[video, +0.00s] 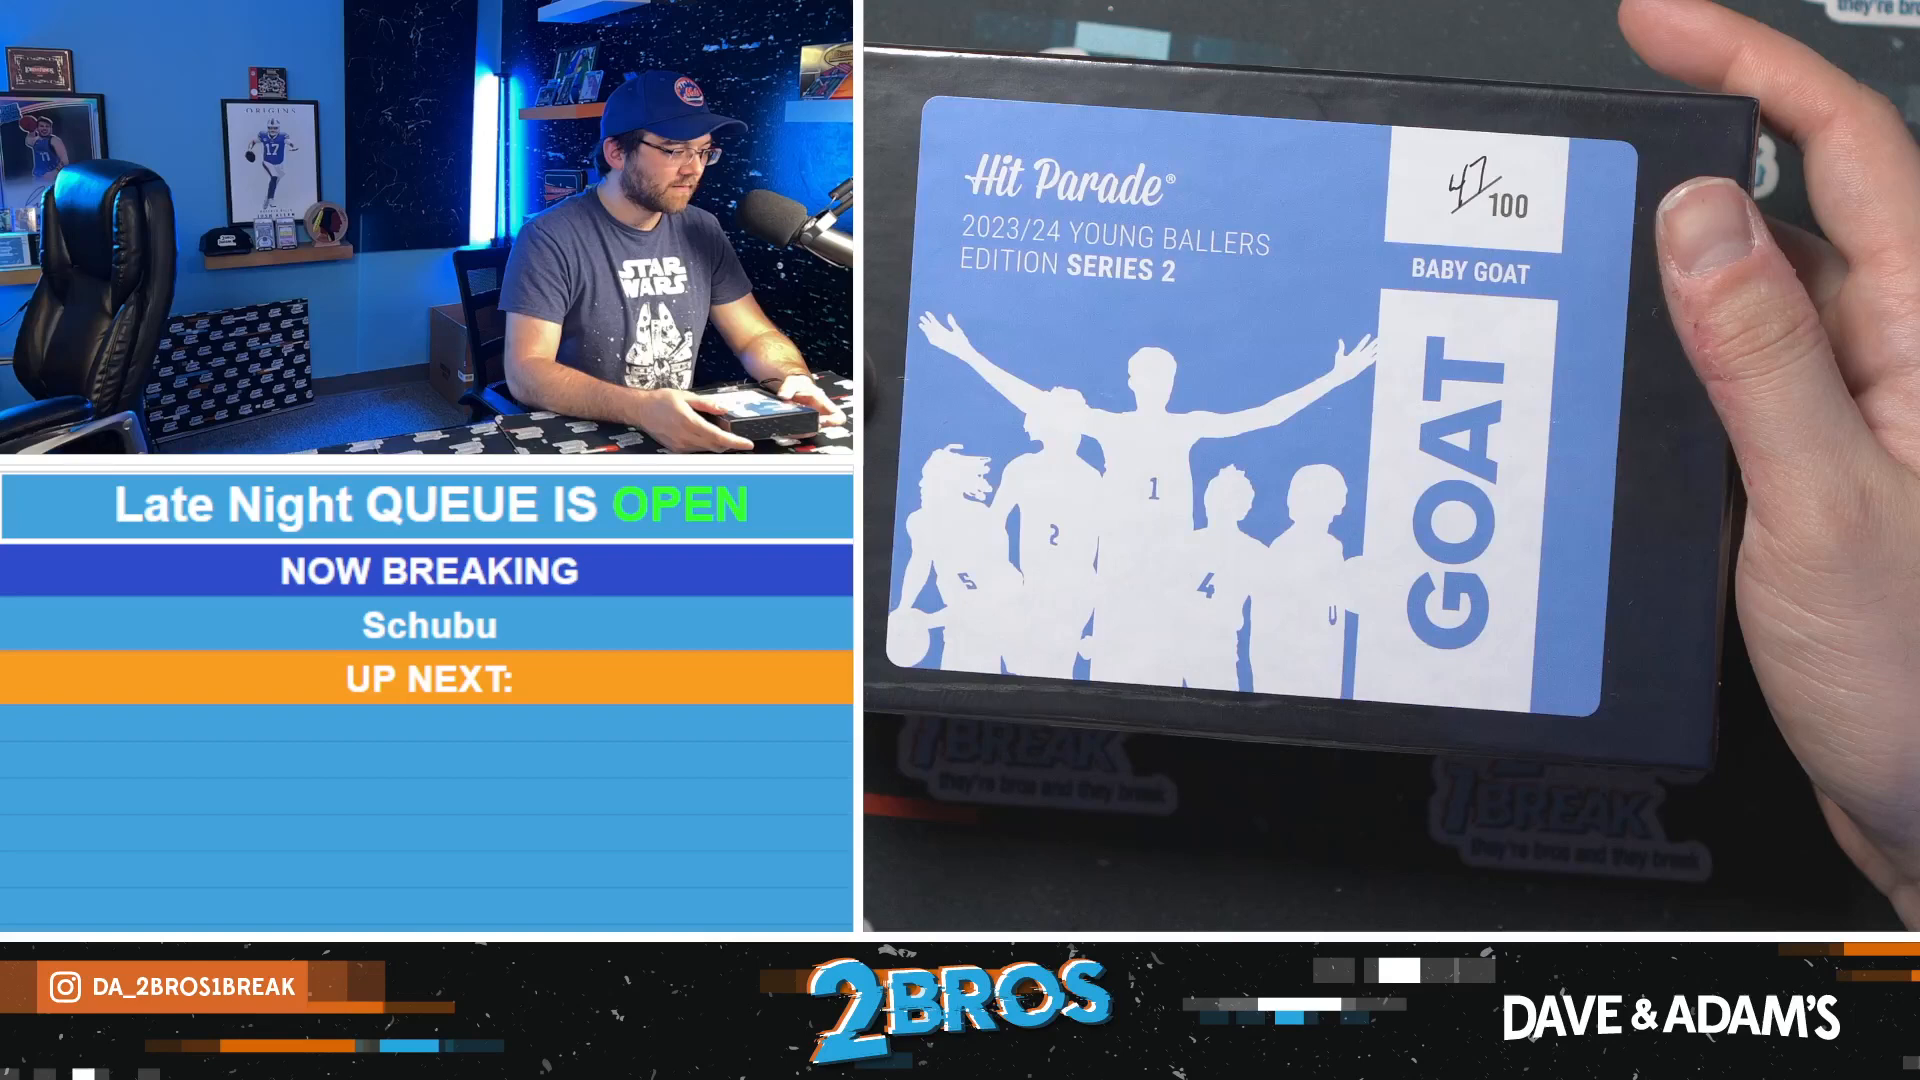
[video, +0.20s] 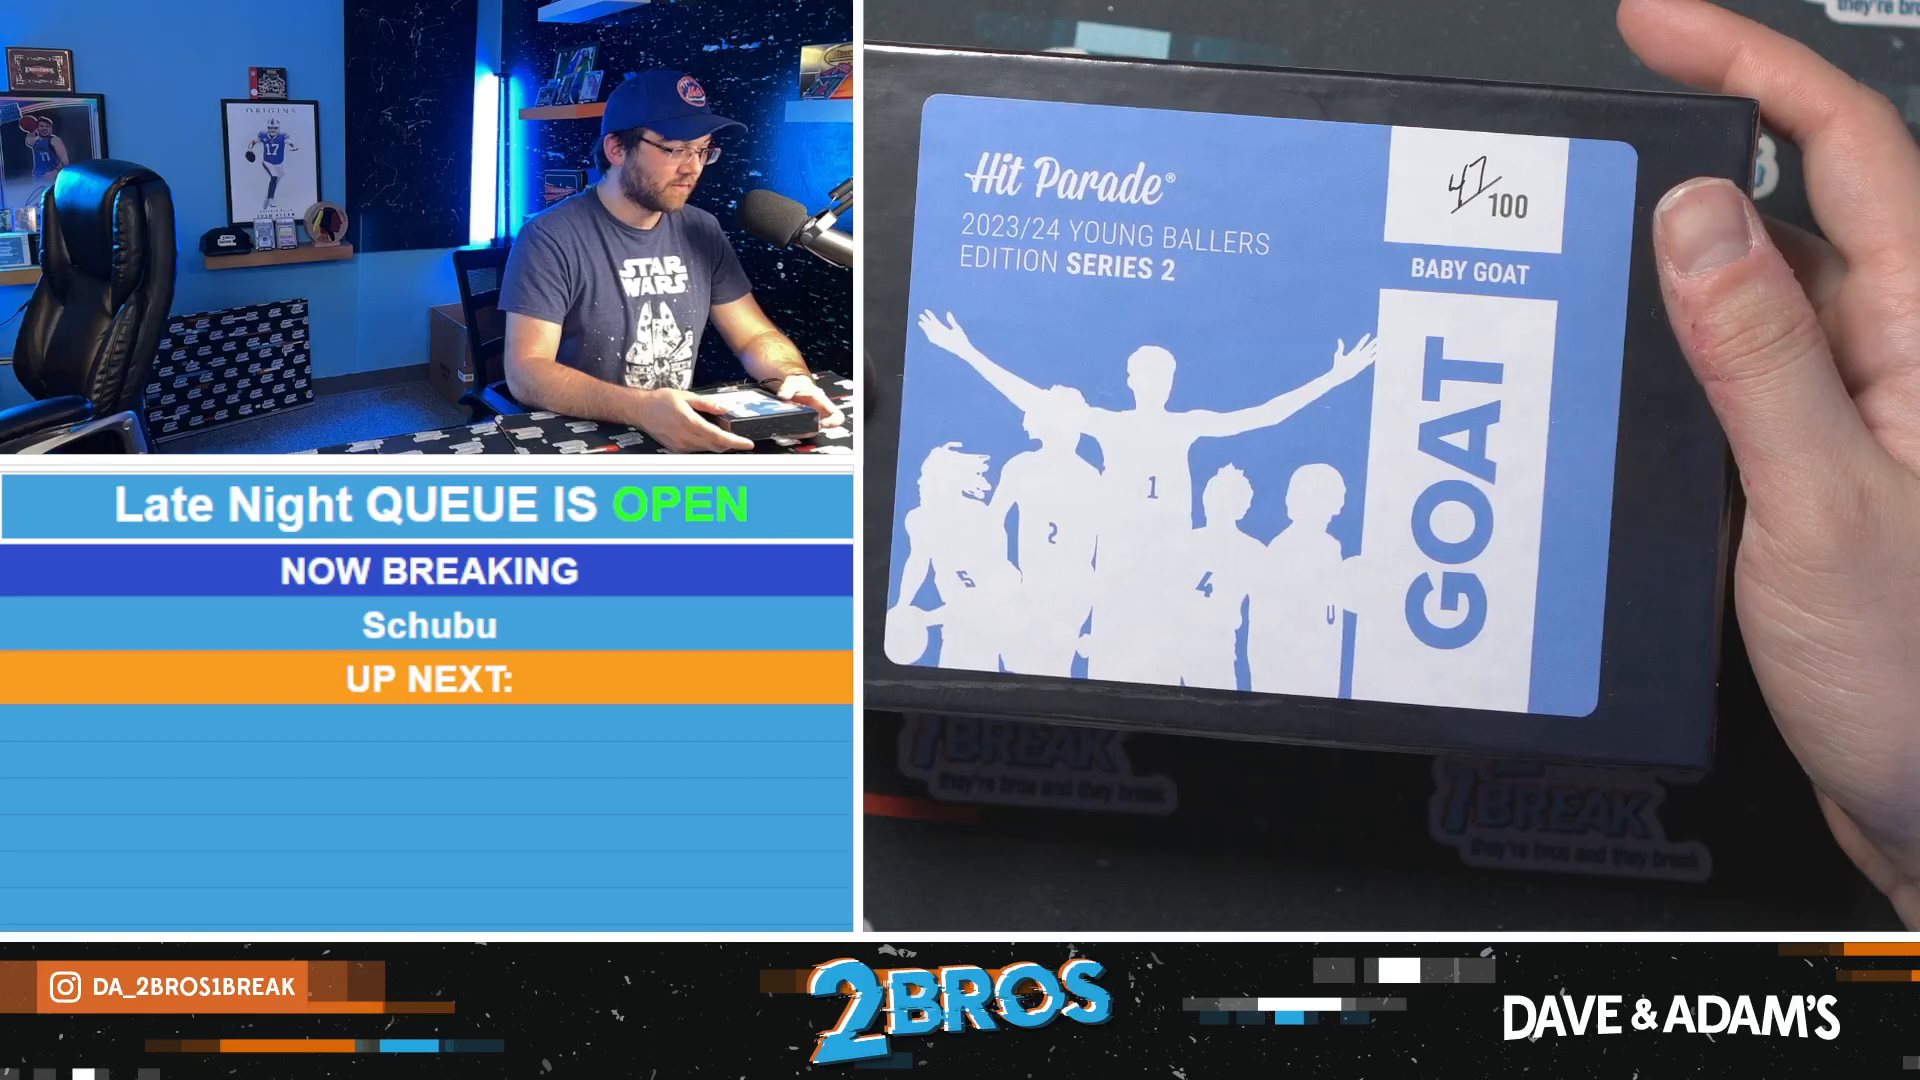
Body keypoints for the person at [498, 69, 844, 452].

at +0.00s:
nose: (694, 168)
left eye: (702, 151)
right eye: (674, 150)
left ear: (710, 152)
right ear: (616, 153)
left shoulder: (702, 232)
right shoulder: (553, 238)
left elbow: (757, 336)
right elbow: (529, 373)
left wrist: (794, 377)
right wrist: (642, 408)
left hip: (685, 459)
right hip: (581, 465)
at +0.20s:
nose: (693, 167)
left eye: (701, 150)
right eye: (675, 149)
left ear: (709, 152)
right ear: (616, 150)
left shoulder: (702, 233)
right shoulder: (553, 238)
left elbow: (756, 336)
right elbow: (529, 373)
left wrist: (794, 376)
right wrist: (643, 408)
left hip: (683, 460)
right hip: (580, 466)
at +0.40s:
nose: (687, 166)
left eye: (699, 152)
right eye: (671, 145)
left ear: (707, 156)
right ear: (616, 138)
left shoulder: (702, 233)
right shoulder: (554, 237)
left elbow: (756, 335)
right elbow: (529, 372)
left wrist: (794, 377)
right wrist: (642, 408)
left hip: (683, 465)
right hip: (580, 469)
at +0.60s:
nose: (687, 178)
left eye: (702, 163)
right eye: (672, 154)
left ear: (710, 164)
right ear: (619, 143)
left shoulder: (700, 233)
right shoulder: (552, 235)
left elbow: (755, 335)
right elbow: (527, 371)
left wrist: (791, 374)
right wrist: (638, 408)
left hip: (679, 461)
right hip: (576, 464)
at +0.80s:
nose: (683, 187)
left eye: (699, 171)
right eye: (668, 165)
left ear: (711, 170)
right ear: (618, 149)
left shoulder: (700, 232)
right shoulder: (553, 235)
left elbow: (755, 335)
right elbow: (528, 370)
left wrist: (793, 375)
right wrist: (638, 408)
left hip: (684, 460)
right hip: (581, 464)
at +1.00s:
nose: (685, 190)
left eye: (700, 174)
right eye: (670, 168)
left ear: (713, 170)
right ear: (619, 151)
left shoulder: (700, 232)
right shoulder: (554, 235)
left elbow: (755, 334)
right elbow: (528, 370)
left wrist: (794, 375)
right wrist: (638, 408)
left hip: (680, 460)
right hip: (578, 464)